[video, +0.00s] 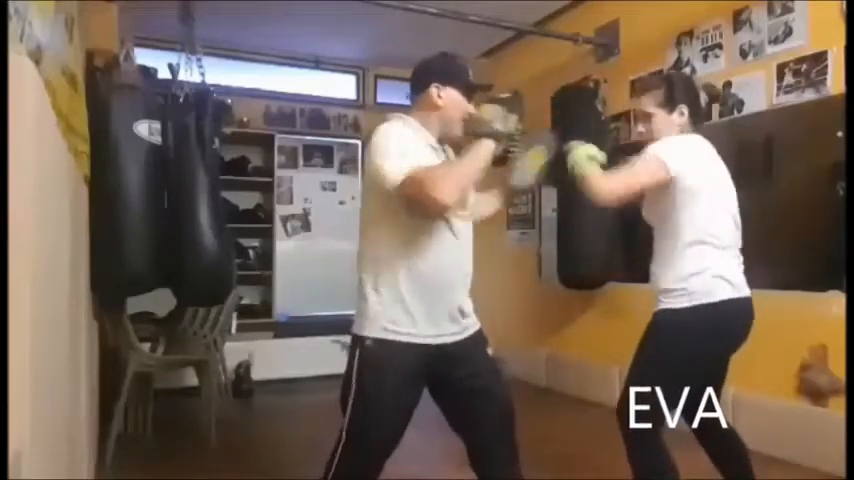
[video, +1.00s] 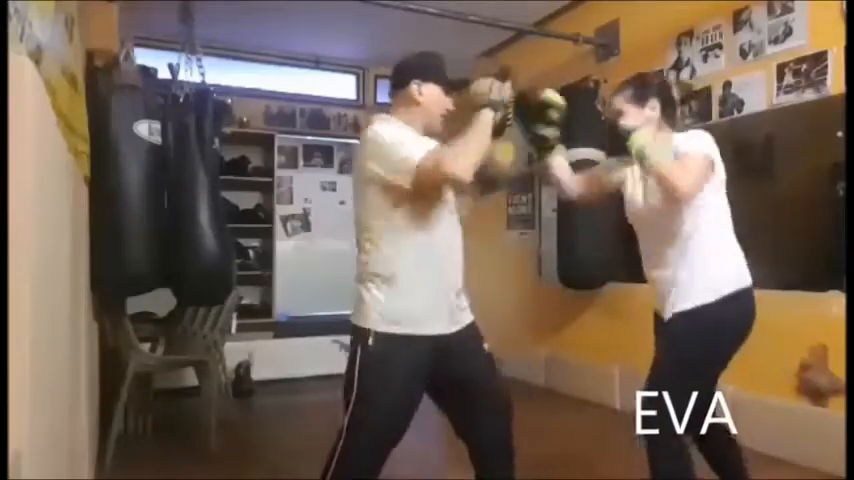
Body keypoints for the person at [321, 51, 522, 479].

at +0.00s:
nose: (472, 109)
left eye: (471, 99)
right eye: (465, 96)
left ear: (439, 96)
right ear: (437, 94)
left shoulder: (444, 152)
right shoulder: (392, 135)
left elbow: (463, 206)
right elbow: (435, 195)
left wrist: (508, 184)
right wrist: (488, 142)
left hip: (456, 333)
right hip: (391, 338)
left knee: (496, 436)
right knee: (360, 458)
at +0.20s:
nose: (492, 104)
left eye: (490, 93)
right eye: (485, 92)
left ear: (458, 93)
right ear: (458, 91)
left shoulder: (463, 144)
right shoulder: (429, 131)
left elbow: (460, 231)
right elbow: (515, 171)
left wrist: (514, 248)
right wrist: (543, 117)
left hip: (473, 324)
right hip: (418, 324)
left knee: (511, 426)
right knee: (372, 447)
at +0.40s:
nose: (528, 97)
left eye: (526, 87)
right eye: (518, 86)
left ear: (494, 90)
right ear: (488, 88)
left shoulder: (531, 142)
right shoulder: (441, 130)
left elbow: (587, 133)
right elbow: (443, 194)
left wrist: (632, 131)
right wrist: (504, 148)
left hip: (490, 321)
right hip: (420, 316)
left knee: (513, 441)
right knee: (375, 445)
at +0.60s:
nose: (528, 108)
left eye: (528, 98)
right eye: (520, 97)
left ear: (492, 99)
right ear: (487, 98)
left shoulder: (524, 137)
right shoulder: (435, 138)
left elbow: (596, 153)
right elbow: (429, 215)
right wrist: (490, 166)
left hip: (491, 318)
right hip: (421, 315)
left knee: (517, 422)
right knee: (380, 430)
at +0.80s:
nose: (494, 113)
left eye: (494, 103)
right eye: (487, 101)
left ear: (460, 101)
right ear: (457, 99)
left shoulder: (474, 153)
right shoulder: (407, 145)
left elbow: (521, 224)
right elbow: (437, 218)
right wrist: (487, 165)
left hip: (473, 327)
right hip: (408, 329)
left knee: (510, 413)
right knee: (372, 443)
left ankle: (511, 475)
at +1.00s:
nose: (451, 104)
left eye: (451, 95)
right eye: (444, 92)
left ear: (414, 93)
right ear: (415, 90)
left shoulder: (427, 144)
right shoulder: (383, 136)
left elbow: (491, 172)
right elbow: (458, 169)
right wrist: (487, 111)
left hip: (450, 324)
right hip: (392, 329)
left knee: (493, 427)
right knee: (363, 449)